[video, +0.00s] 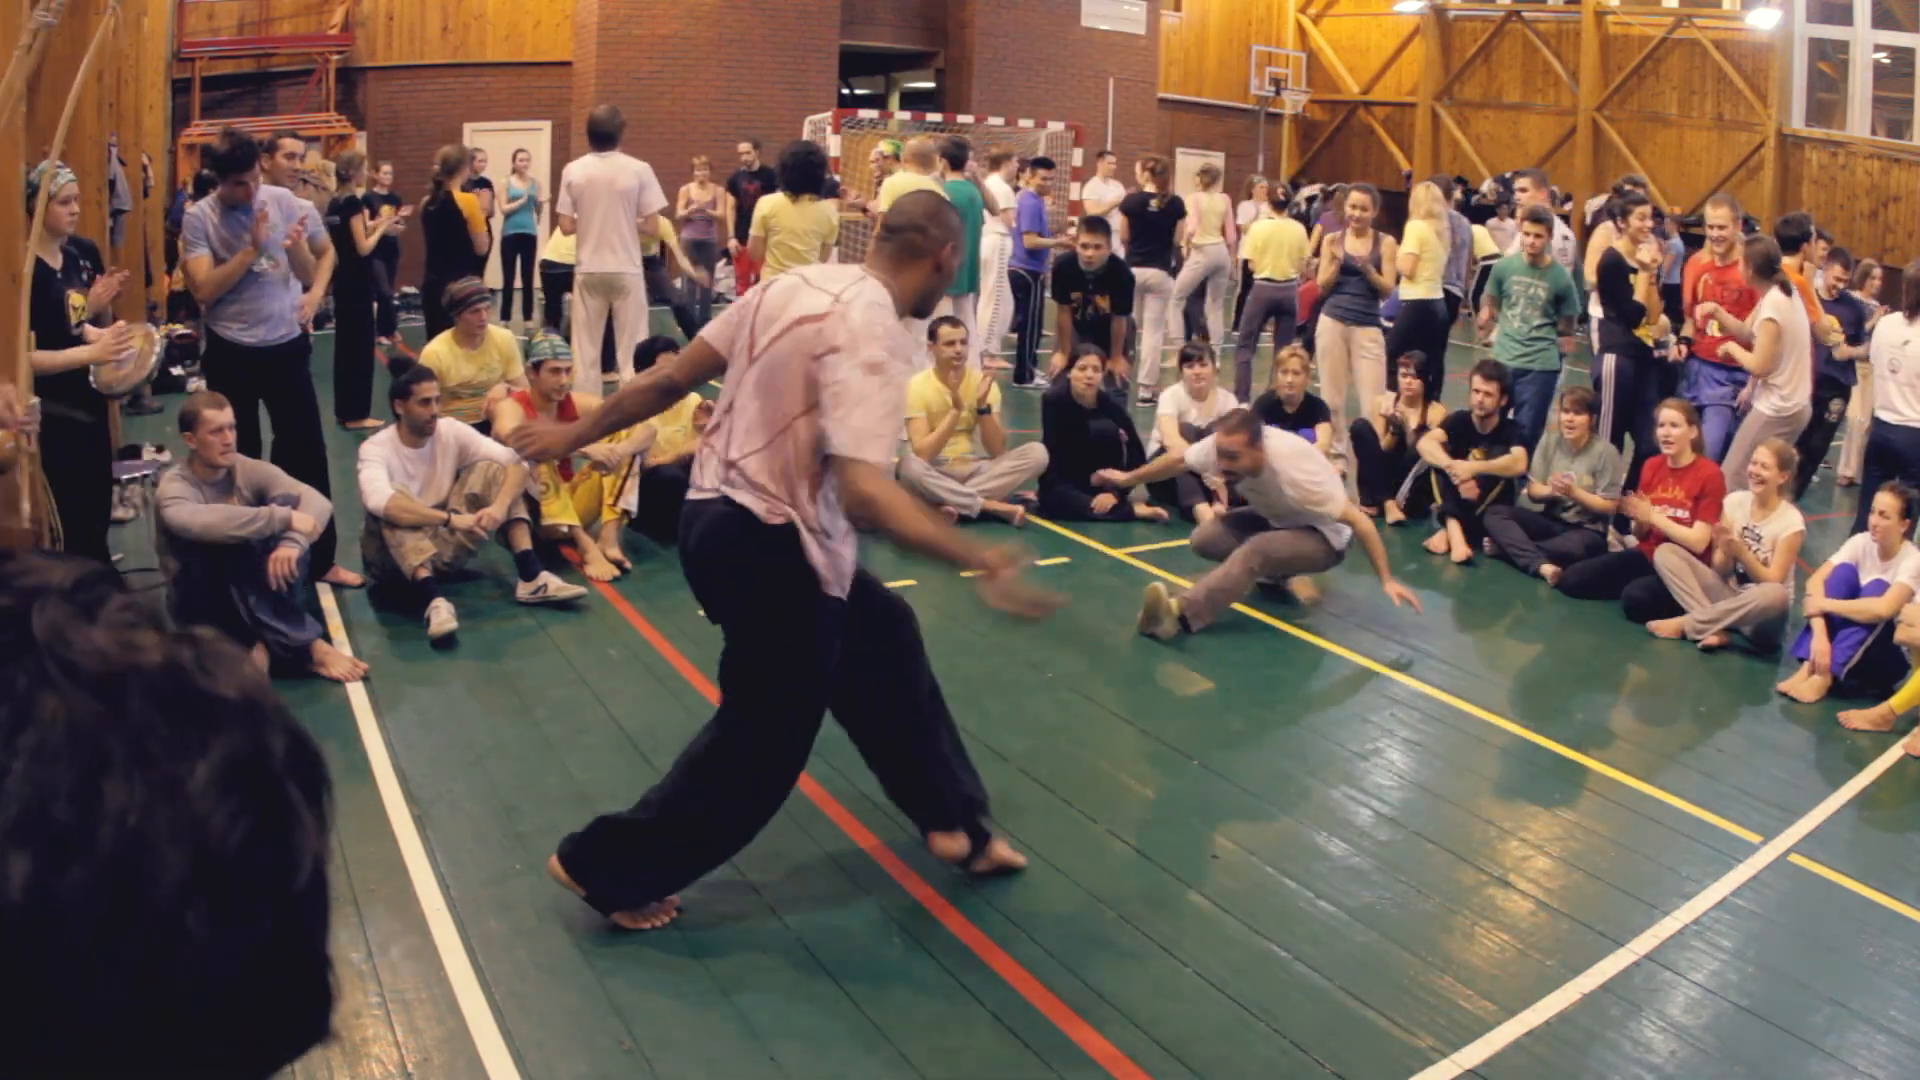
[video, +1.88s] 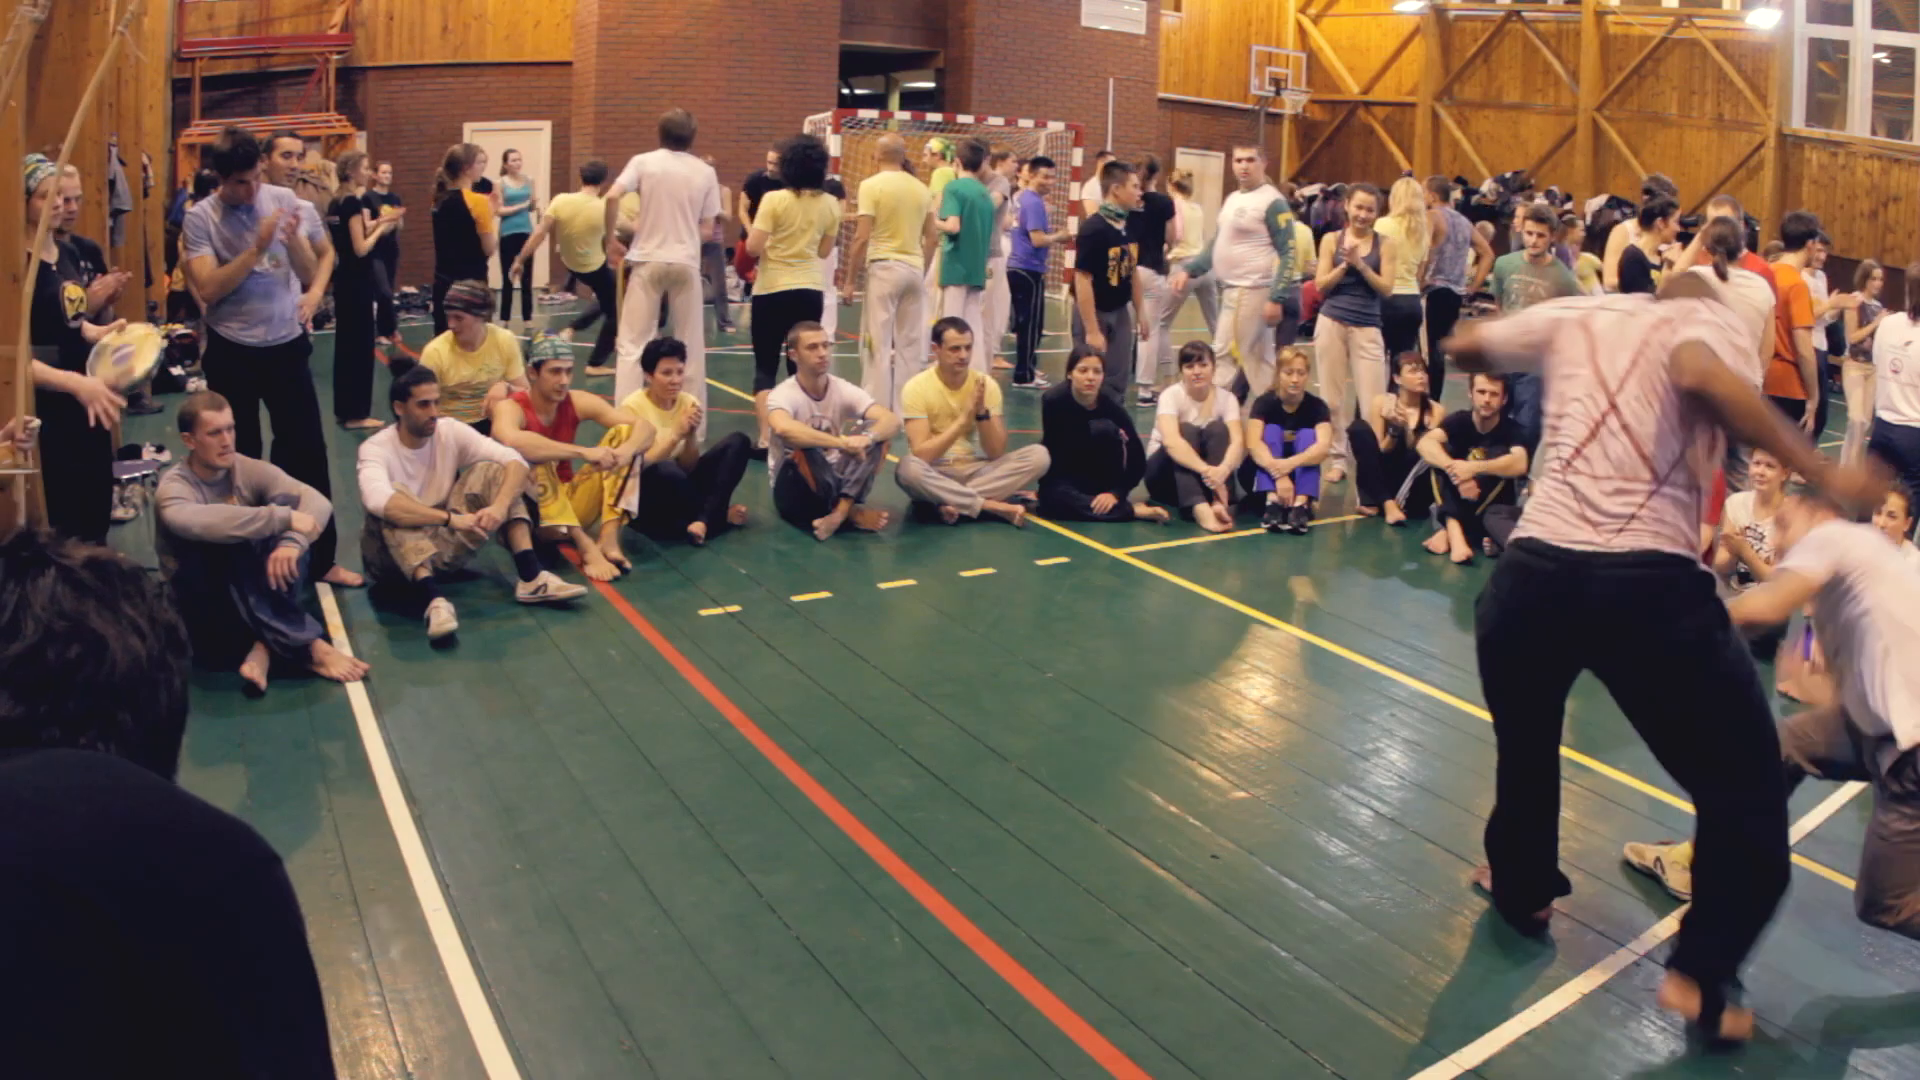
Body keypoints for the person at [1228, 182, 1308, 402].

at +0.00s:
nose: (1267, 205)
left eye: (1267, 202)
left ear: (1269, 204)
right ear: (1289, 204)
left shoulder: (1259, 227)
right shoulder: (1299, 229)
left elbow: (1249, 260)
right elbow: (1304, 259)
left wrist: (1263, 272)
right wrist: (1293, 274)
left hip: (1263, 284)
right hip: (1290, 284)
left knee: (1246, 344)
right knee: (1284, 347)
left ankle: (1242, 397)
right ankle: (1282, 399)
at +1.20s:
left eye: (1278, 202)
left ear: (1278, 203)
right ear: (1299, 205)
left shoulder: (1267, 229)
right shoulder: (1306, 232)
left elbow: (1255, 259)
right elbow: (1309, 263)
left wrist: (1264, 278)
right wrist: (1300, 280)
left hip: (1268, 286)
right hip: (1294, 287)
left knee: (1251, 344)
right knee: (1287, 346)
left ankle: (1236, 396)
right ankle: (1285, 398)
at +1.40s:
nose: (1309, 169)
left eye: (1316, 163)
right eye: (1303, 163)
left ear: (1330, 166)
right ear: (1297, 168)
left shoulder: (1338, 201)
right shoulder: (1298, 199)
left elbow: (1345, 248)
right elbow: (1285, 246)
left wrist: (1332, 289)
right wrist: (1263, 286)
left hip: (1318, 293)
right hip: (1292, 292)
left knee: (1316, 364)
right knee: (1287, 359)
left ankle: (1319, 423)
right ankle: (1283, 419)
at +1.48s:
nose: (1298, 168)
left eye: (1304, 162)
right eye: (1292, 162)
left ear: (1317, 165)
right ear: (1286, 167)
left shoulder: (1328, 202)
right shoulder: (1286, 199)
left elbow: (1337, 250)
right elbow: (1271, 246)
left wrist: (1330, 289)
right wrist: (1249, 282)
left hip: (1309, 288)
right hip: (1282, 287)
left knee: (1302, 358)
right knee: (1280, 356)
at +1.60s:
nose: (1282, 166)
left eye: (1288, 161)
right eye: (1277, 161)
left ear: (1300, 163)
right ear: (1270, 166)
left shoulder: (1311, 200)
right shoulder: (1270, 198)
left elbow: (1327, 251)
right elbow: (1253, 242)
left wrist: (1319, 297)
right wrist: (1230, 276)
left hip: (1293, 287)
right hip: (1268, 285)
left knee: (1265, 355)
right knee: (1266, 355)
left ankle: (1267, 417)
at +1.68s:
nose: (1272, 166)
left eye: (1278, 160)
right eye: (1266, 161)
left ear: (1291, 164)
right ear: (1260, 166)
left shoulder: (1302, 201)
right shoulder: (1258, 198)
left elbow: (1316, 251)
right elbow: (1242, 241)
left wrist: (1306, 296)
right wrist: (1217, 275)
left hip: (1282, 287)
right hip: (1259, 286)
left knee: (1250, 357)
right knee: (1274, 357)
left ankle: (1250, 427)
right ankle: (1275, 425)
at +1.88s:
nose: (1243, 166)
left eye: (1249, 161)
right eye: (1238, 161)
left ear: (1263, 164)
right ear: (1232, 166)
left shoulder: (1273, 201)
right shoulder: (1233, 198)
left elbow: (1290, 253)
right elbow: (1218, 245)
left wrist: (1277, 298)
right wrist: (1188, 270)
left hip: (1255, 288)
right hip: (1230, 287)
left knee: (1224, 352)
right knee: (1258, 357)